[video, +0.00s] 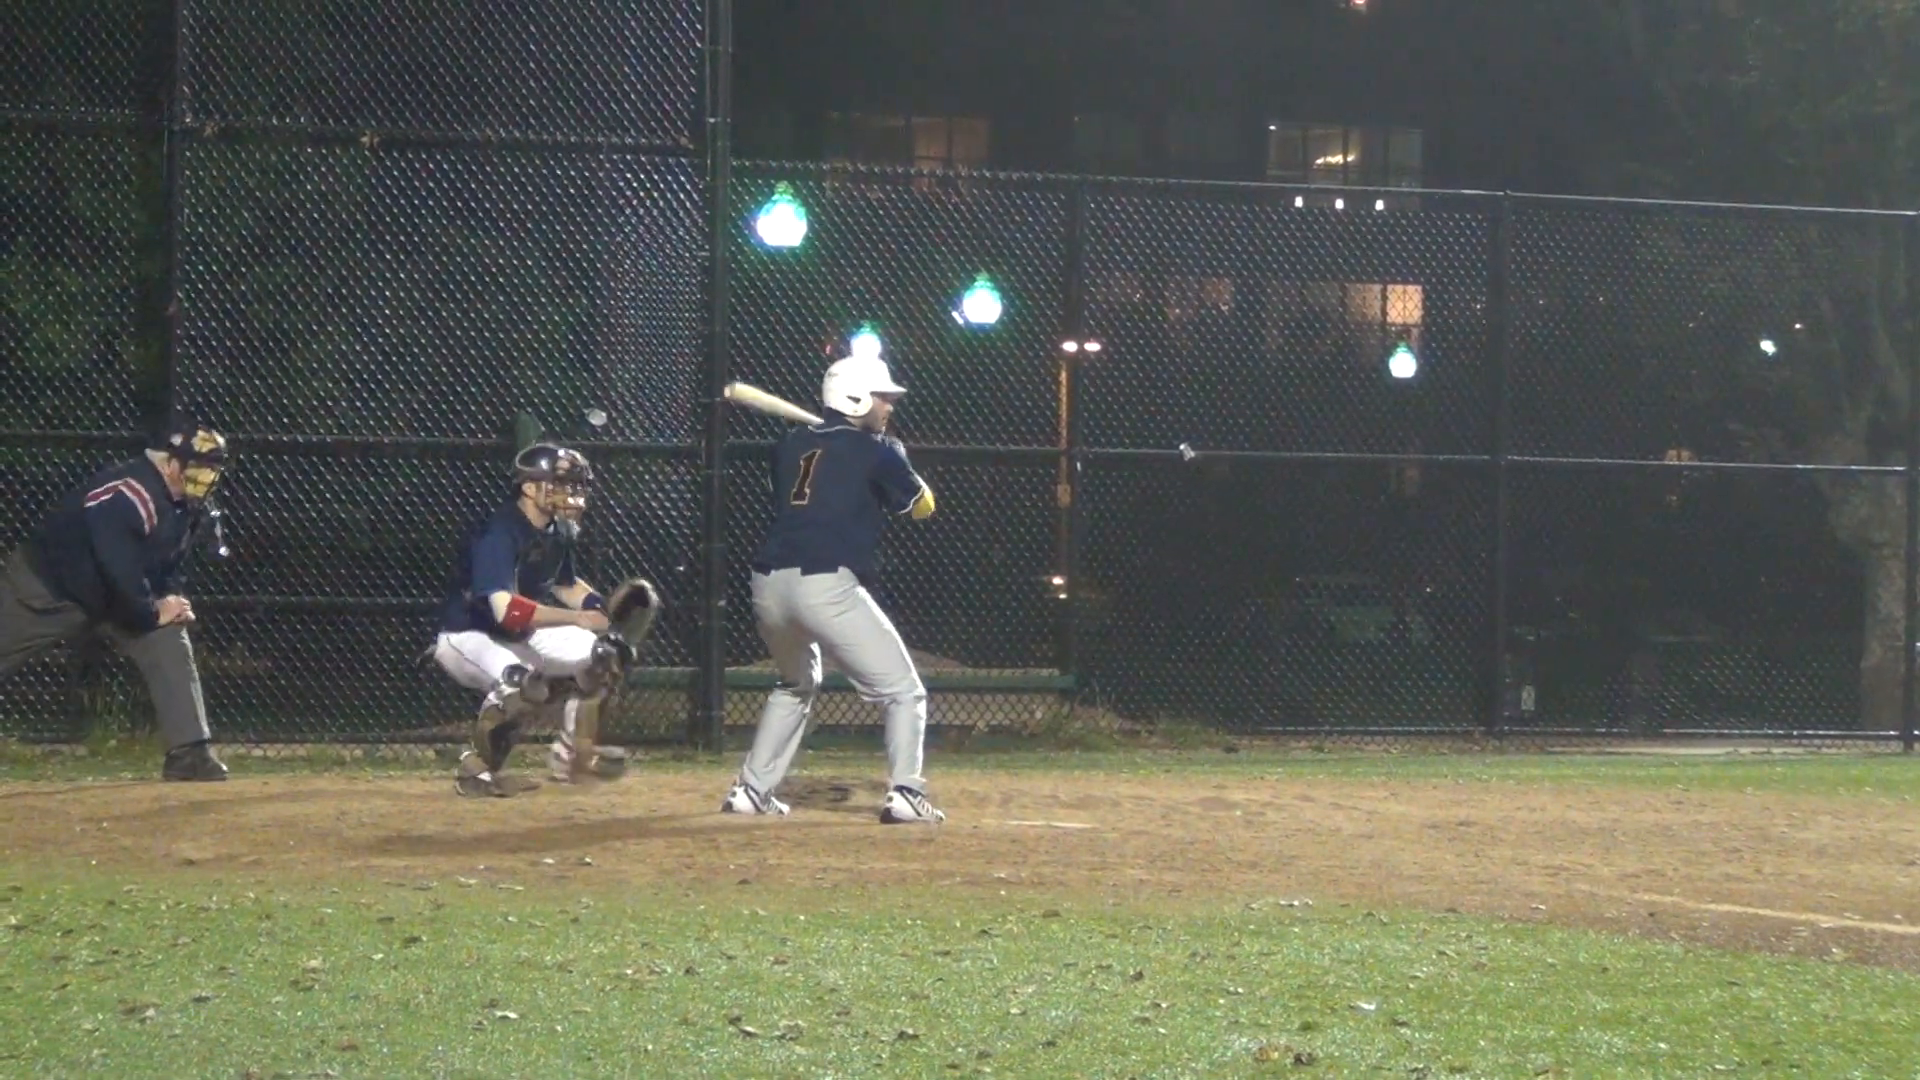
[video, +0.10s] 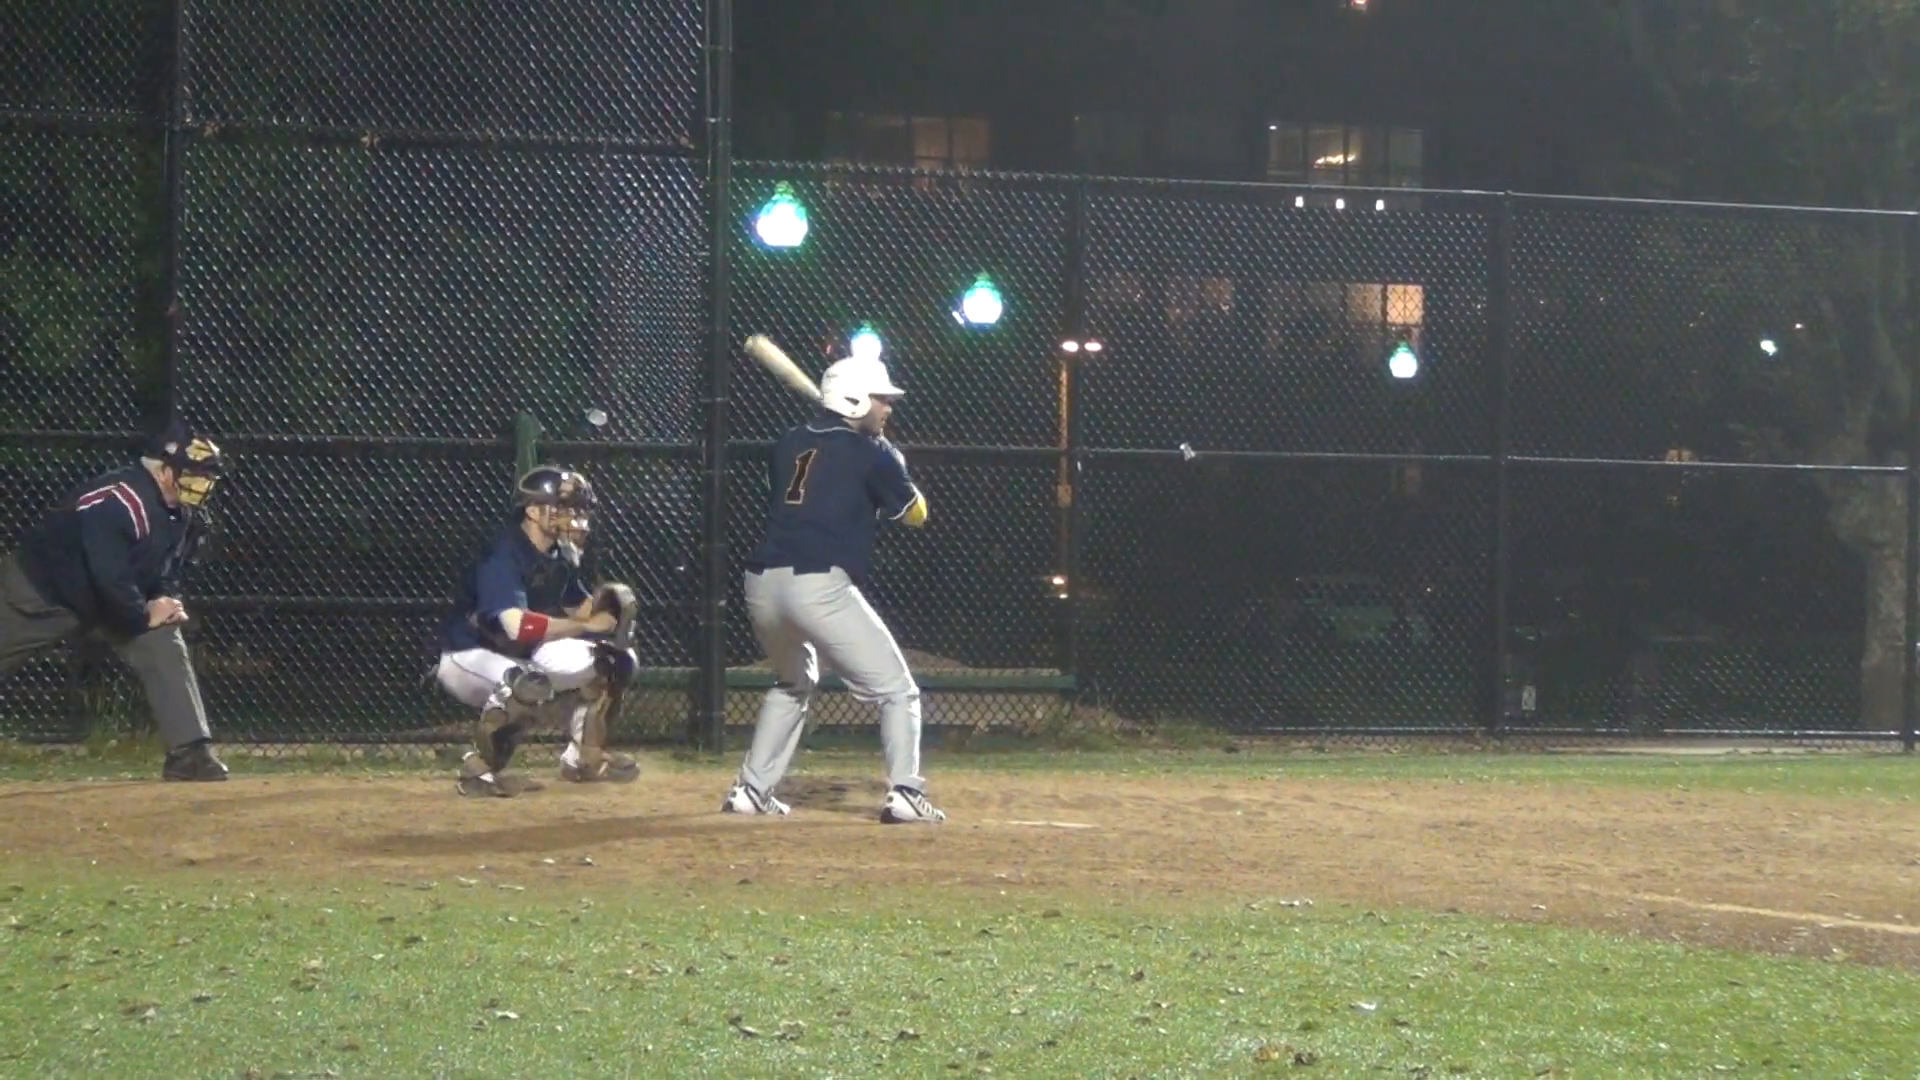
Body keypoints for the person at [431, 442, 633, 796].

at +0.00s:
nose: (570, 494)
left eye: (572, 486)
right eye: (560, 486)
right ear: (530, 489)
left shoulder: (557, 530)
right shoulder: (499, 532)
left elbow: (566, 584)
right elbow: (509, 613)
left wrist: (602, 607)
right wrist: (578, 617)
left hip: (522, 634)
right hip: (466, 635)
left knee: (601, 656)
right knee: (522, 681)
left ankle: (573, 755)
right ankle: (477, 769)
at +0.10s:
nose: (574, 516)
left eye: (575, 509)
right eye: (563, 509)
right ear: (533, 512)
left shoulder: (559, 554)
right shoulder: (504, 555)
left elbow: (574, 609)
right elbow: (518, 628)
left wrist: (604, 603)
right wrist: (588, 626)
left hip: (528, 650)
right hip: (468, 654)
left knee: (610, 664)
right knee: (526, 684)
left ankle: (584, 760)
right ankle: (477, 770)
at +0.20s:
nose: (578, 537)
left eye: (580, 529)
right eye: (568, 529)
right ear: (537, 531)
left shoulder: (569, 571)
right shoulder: (506, 573)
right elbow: (528, 640)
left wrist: (601, 613)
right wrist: (594, 627)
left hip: (536, 667)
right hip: (473, 675)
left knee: (624, 664)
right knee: (534, 686)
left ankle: (585, 763)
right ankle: (484, 771)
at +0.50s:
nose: (590, 550)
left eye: (592, 543)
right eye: (580, 543)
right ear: (551, 546)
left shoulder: (587, 589)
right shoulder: (519, 584)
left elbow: (601, 634)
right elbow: (514, 646)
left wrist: (634, 638)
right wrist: (587, 643)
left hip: (554, 682)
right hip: (488, 690)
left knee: (638, 675)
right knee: (544, 682)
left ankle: (586, 764)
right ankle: (491, 773)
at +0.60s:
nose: (594, 552)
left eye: (596, 544)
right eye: (585, 544)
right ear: (555, 547)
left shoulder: (589, 593)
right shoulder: (521, 585)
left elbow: (627, 639)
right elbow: (502, 649)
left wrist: (657, 642)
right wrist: (563, 654)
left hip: (559, 686)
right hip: (492, 690)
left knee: (639, 674)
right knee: (551, 681)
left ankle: (589, 762)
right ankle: (492, 772)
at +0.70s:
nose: (599, 554)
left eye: (600, 546)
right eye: (589, 546)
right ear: (560, 550)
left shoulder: (593, 593)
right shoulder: (527, 586)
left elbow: (634, 637)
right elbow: (491, 650)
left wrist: (673, 647)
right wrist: (536, 676)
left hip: (555, 688)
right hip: (496, 691)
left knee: (637, 677)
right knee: (548, 680)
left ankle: (589, 764)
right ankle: (493, 772)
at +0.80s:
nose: (604, 556)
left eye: (605, 549)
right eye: (595, 548)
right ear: (565, 551)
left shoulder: (597, 595)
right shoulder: (529, 588)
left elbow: (641, 643)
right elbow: (487, 656)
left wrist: (679, 650)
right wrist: (506, 701)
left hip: (556, 694)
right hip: (503, 693)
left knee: (640, 678)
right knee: (553, 678)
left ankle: (588, 764)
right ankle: (496, 769)